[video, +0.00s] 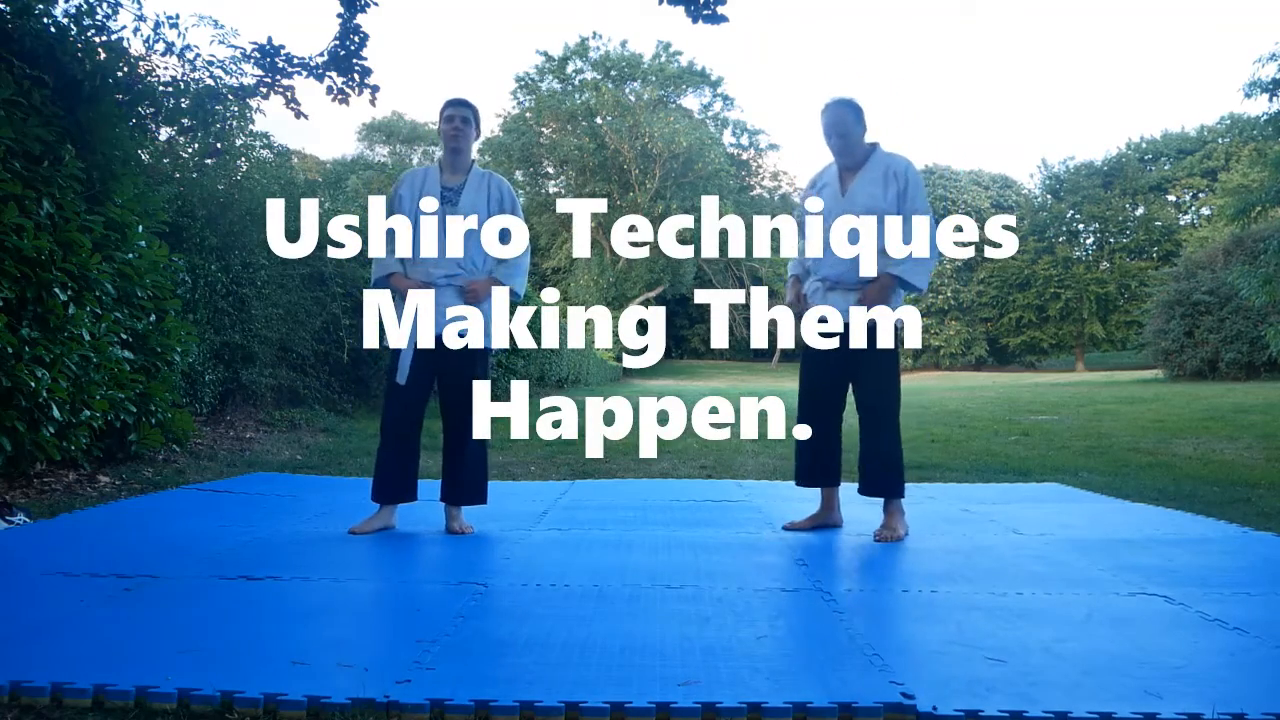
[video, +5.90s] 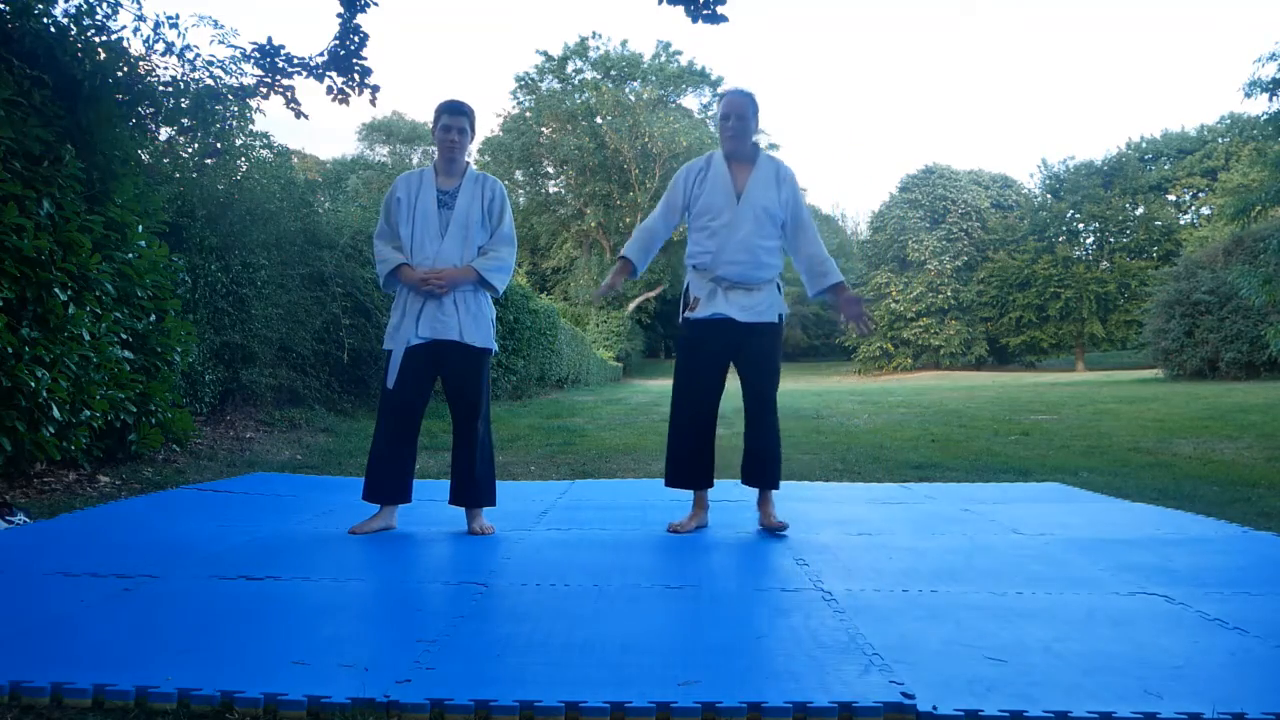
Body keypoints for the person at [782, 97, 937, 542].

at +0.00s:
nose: (836, 143)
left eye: (843, 134)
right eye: (829, 136)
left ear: (863, 128)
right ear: (822, 136)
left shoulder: (898, 171)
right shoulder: (818, 184)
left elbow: (922, 237)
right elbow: (803, 245)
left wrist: (890, 281)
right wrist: (795, 283)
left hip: (876, 309)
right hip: (822, 309)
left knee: (879, 410)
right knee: (820, 409)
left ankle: (893, 513)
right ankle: (829, 507)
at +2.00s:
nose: (825, 131)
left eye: (832, 123)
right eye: (819, 125)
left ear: (853, 126)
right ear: (811, 132)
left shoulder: (883, 171)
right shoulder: (798, 187)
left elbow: (907, 238)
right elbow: (779, 244)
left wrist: (864, 266)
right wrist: (784, 270)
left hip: (863, 310)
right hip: (811, 309)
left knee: (862, 408)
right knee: (813, 408)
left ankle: (864, 509)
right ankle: (828, 506)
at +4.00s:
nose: (808, 138)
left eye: (815, 130)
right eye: (803, 132)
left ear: (839, 132)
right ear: (798, 138)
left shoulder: (868, 175)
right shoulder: (795, 193)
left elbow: (890, 240)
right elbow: (780, 256)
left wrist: (865, 293)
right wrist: (771, 301)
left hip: (850, 306)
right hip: (800, 309)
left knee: (847, 406)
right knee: (810, 408)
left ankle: (856, 502)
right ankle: (827, 506)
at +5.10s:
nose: (771, 131)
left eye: (780, 122)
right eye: (768, 123)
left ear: (808, 122)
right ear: (768, 126)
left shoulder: (835, 165)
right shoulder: (767, 180)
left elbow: (850, 231)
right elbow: (750, 244)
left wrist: (829, 290)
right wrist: (726, 302)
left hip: (809, 307)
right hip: (761, 307)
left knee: (800, 408)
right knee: (741, 401)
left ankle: (792, 512)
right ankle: (782, 487)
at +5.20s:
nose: (767, 130)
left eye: (775, 122)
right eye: (764, 123)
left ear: (803, 121)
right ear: (766, 125)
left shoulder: (832, 165)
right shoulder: (763, 179)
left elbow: (848, 231)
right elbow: (746, 243)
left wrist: (825, 290)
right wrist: (726, 301)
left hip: (807, 306)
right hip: (757, 306)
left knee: (799, 410)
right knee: (735, 403)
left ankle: (791, 514)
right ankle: (751, 497)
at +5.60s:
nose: (738, 129)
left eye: (747, 121)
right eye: (734, 121)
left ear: (774, 123)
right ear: (732, 124)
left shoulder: (802, 169)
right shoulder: (721, 178)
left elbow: (822, 236)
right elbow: (700, 245)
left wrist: (832, 301)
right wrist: (678, 305)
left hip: (781, 305)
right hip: (725, 306)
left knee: (783, 411)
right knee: (711, 409)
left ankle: (789, 514)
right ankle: (699, 508)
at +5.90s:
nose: (731, 125)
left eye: (740, 118)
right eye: (725, 118)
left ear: (756, 124)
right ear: (715, 124)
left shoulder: (778, 174)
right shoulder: (694, 173)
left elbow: (804, 238)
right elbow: (658, 223)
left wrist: (838, 292)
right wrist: (624, 266)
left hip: (762, 304)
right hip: (704, 303)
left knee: (762, 407)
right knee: (696, 405)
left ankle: (766, 505)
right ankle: (698, 506)